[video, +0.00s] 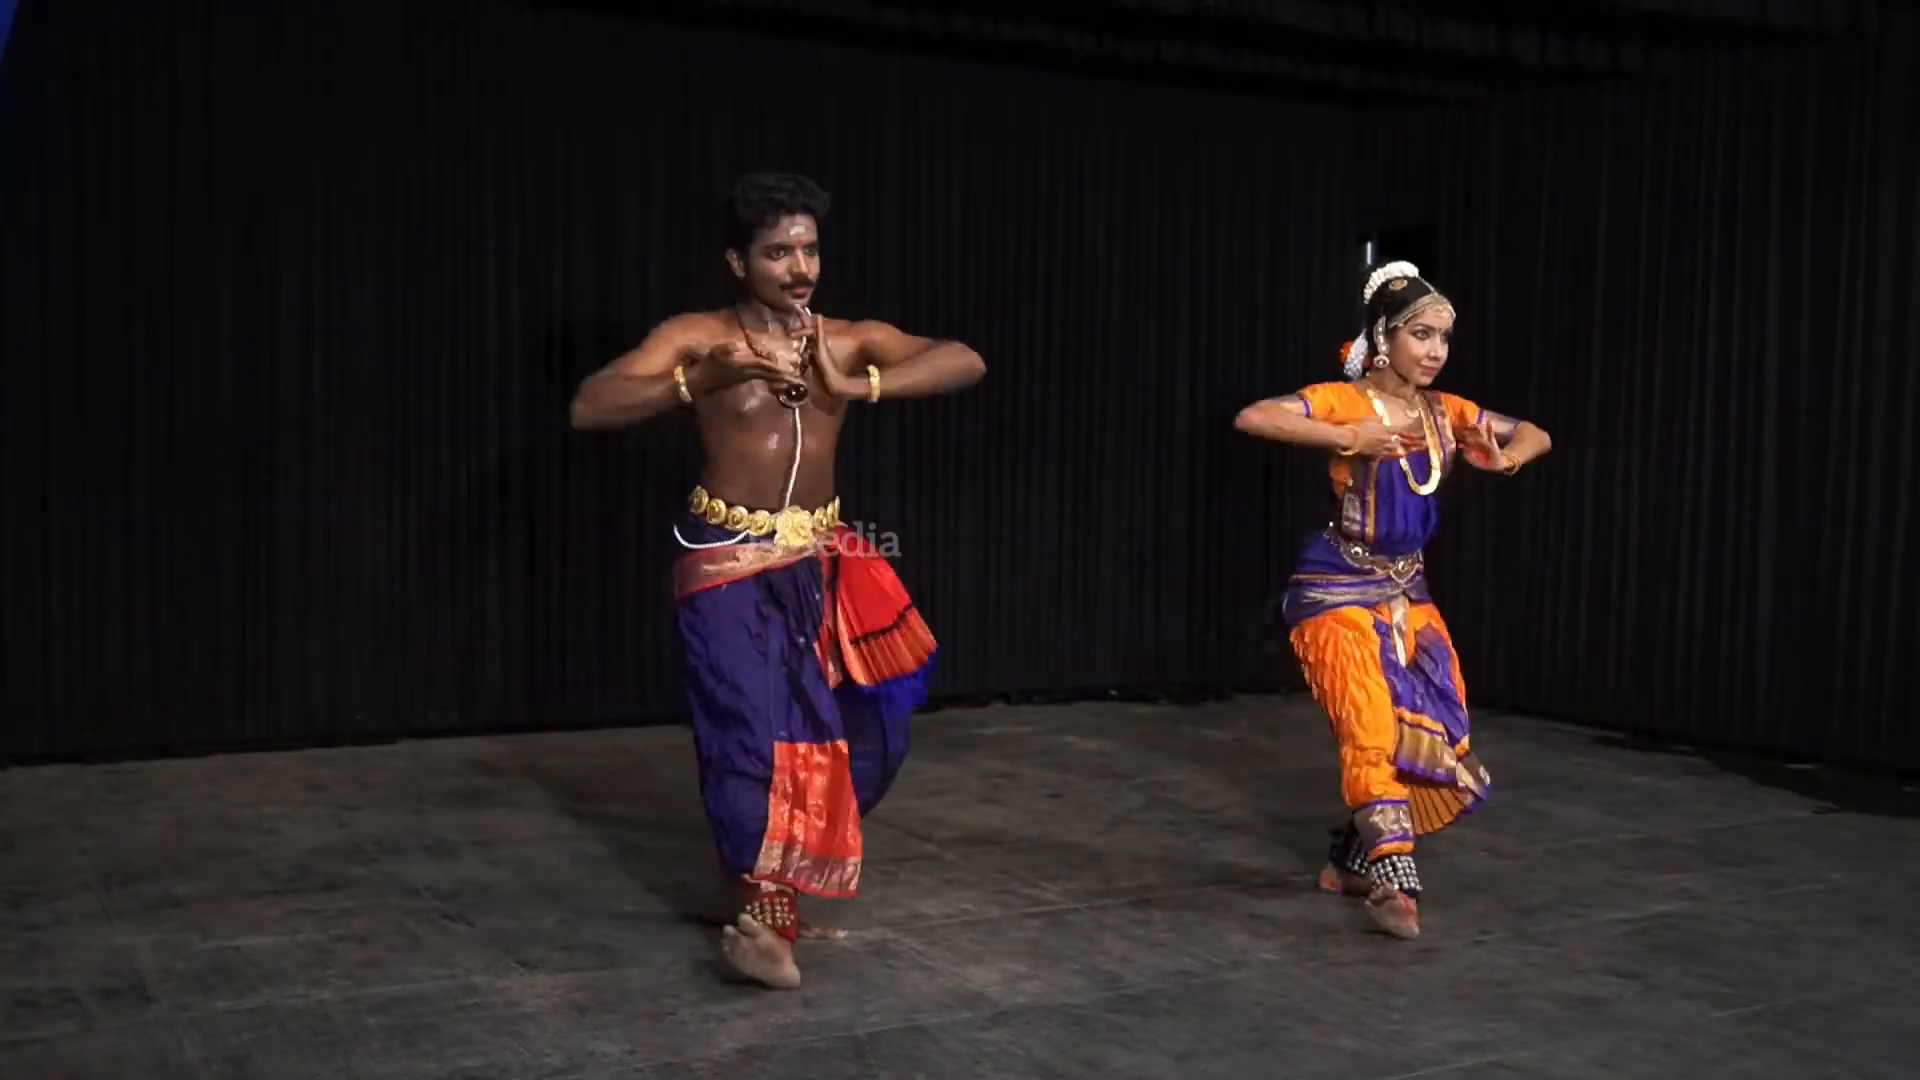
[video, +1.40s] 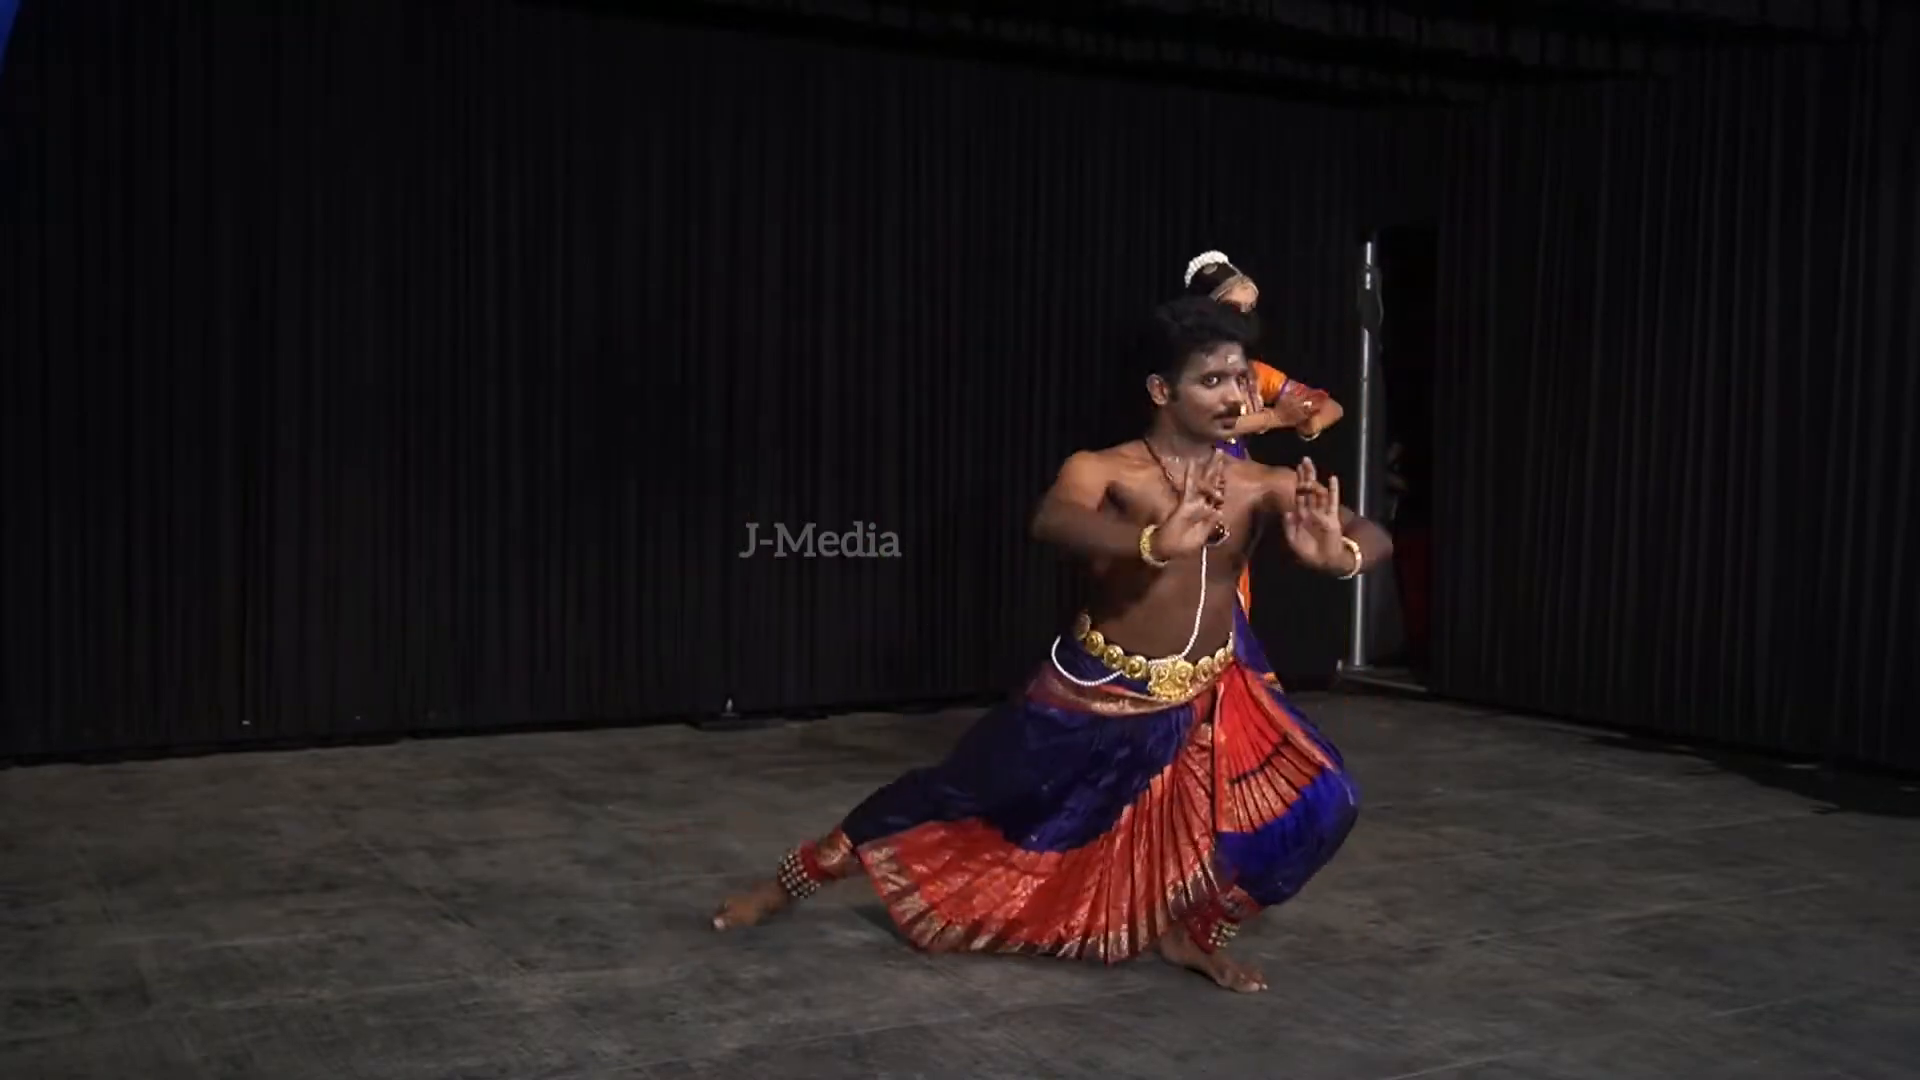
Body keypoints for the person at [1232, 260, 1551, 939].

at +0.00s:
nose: (1438, 352)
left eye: (1445, 338)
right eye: (1424, 336)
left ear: (1448, 343)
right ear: (1384, 339)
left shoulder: (1444, 409)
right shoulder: (1346, 401)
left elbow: (1535, 434)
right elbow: (1252, 418)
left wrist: (1507, 458)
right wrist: (1351, 438)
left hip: (1408, 594)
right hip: (1336, 591)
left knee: (1440, 731)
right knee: (1369, 723)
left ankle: (1353, 858)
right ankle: (1394, 880)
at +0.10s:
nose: (1401, 355)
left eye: (1418, 343)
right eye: (1389, 338)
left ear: (1433, 358)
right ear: (1366, 347)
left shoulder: (1444, 424)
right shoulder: (1329, 413)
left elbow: (1545, 454)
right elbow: (1235, 434)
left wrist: (1475, 467)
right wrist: (1264, 425)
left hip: (1412, 597)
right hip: (1333, 591)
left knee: (1446, 727)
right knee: (1352, 704)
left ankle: (1372, 865)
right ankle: (1346, 865)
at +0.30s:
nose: (1333, 347)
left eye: (1347, 338)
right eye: (1337, 336)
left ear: (1385, 353)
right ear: (1371, 352)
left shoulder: (1424, 418)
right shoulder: (1336, 415)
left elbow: (1478, 457)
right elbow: (1289, 452)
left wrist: (1386, 466)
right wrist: (1205, 453)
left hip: (1399, 588)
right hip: (1320, 584)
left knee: (1415, 724)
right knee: (1306, 724)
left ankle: (1354, 863)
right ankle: (1294, 812)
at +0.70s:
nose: (1293, 316)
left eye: (1308, 305)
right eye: (1293, 303)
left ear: (1346, 315)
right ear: (1297, 308)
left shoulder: (1381, 379)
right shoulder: (1280, 374)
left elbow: (1464, 419)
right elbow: (1210, 395)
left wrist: (1390, 430)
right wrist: (1148, 393)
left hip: (1352, 543)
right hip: (1276, 541)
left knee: (1364, 672)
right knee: (1287, 673)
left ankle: (1371, 822)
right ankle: (1311, 819)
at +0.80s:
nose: (1304, 311)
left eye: (1319, 299)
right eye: (1294, 298)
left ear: (1342, 312)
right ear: (1281, 308)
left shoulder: (1365, 374)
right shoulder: (1261, 372)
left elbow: (1452, 411)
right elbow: (1201, 420)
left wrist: (1390, 422)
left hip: (1340, 539)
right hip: (1267, 537)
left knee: (1342, 665)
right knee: (1290, 663)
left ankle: (1328, 796)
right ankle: (1310, 812)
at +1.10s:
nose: (1291, 320)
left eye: (1297, 309)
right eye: (1279, 307)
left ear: (1300, 316)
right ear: (1245, 313)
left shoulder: (1303, 376)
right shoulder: (1222, 376)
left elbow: (1386, 408)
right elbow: (1255, 419)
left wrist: (1362, 416)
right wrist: (1337, 417)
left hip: (1285, 542)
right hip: (1229, 544)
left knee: (1285, 670)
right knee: (1267, 672)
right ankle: (1298, 800)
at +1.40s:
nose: (1245, 321)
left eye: (1250, 310)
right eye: (1234, 309)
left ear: (1254, 307)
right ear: (1207, 309)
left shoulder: (1250, 370)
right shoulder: (1188, 372)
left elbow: (1330, 405)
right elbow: (1210, 423)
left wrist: (1312, 423)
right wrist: (1274, 418)